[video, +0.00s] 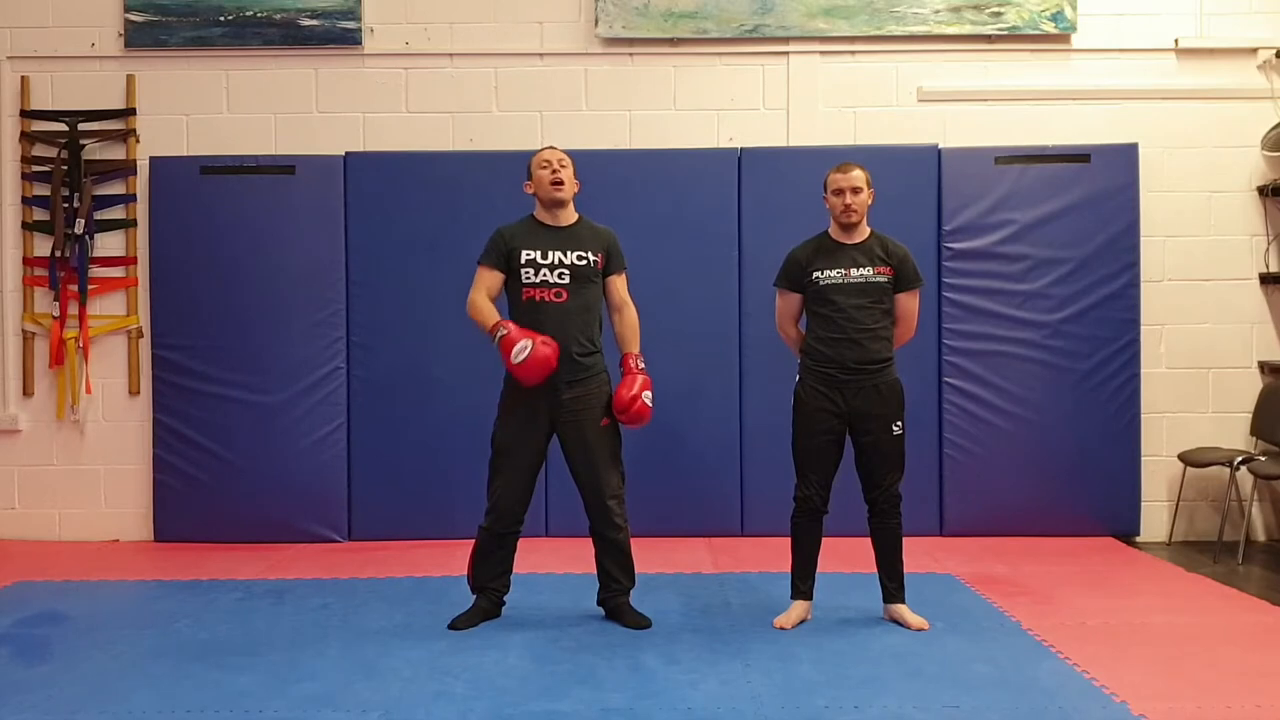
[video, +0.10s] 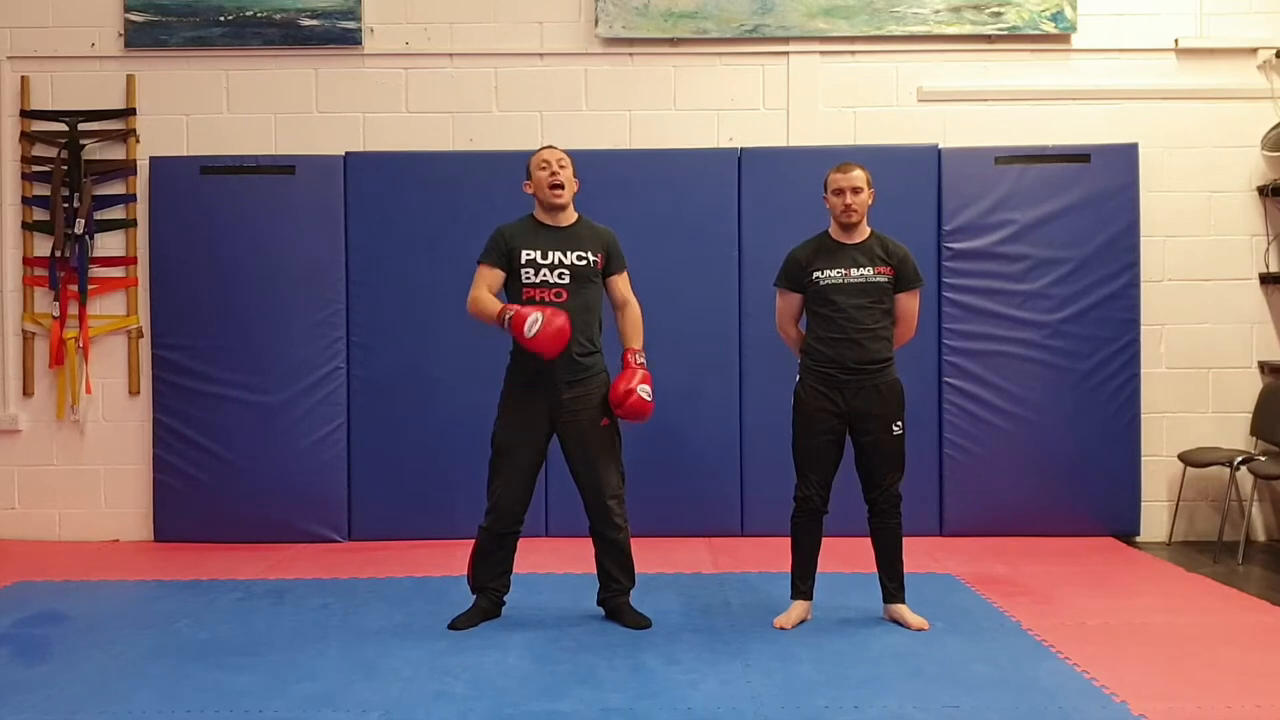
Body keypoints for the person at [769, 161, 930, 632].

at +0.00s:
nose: (847, 199)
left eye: (855, 191)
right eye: (838, 192)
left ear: (870, 196)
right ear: (826, 199)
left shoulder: (895, 256)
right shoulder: (803, 258)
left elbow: (906, 328)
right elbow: (786, 325)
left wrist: (864, 353)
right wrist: (821, 357)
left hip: (878, 391)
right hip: (819, 392)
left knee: (885, 498)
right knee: (809, 497)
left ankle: (894, 601)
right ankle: (801, 598)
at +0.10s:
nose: (847, 199)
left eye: (856, 191)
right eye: (838, 192)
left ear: (870, 196)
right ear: (826, 199)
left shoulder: (896, 256)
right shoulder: (803, 258)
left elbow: (906, 328)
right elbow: (786, 325)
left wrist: (864, 353)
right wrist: (821, 357)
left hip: (878, 392)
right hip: (819, 392)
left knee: (885, 498)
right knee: (809, 497)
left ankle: (894, 601)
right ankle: (801, 598)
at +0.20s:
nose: (847, 199)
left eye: (856, 191)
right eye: (838, 192)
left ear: (870, 196)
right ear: (826, 199)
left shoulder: (895, 256)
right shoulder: (803, 258)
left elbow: (906, 328)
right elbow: (787, 326)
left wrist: (864, 353)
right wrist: (821, 357)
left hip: (878, 391)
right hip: (819, 392)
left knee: (885, 498)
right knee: (809, 497)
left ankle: (894, 600)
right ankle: (801, 598)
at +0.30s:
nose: (848, 199)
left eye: (856, 191)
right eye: (838, 192)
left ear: (871, 196)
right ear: (827, 199)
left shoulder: (896, 256)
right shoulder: (804, 258)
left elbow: (906, 328)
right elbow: (787, 326)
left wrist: (865, 353)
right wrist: (822, 357)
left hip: (878, 391)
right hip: (819, 392)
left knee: (885, 498)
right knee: (809, 497)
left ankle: (894, 600)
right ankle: (801, 598)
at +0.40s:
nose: (848, 199)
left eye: (856, 191)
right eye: (839, 192)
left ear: (871, 196)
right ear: (827, 199)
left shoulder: (896, 256)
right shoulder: (804, 258)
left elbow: (906, 328)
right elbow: (787, 326)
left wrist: (865, 353)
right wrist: (822, 357)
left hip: (878, 391)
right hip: (819, 392)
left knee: (885, 498)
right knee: (810, 497)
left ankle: (894, 600)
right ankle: (801, 598)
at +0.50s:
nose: (848, 199)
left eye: (856, 191)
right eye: (839, 192)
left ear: (871, 196)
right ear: (827, 199)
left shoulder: (896, 256)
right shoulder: (804, 258)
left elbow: (907, 328)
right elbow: (787, 326)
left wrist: (865, 353)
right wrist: (823, 357)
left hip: (878, 391)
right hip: (819, 392)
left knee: (885, 498)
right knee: (809, 497)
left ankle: (894, 601)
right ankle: (801, 598)